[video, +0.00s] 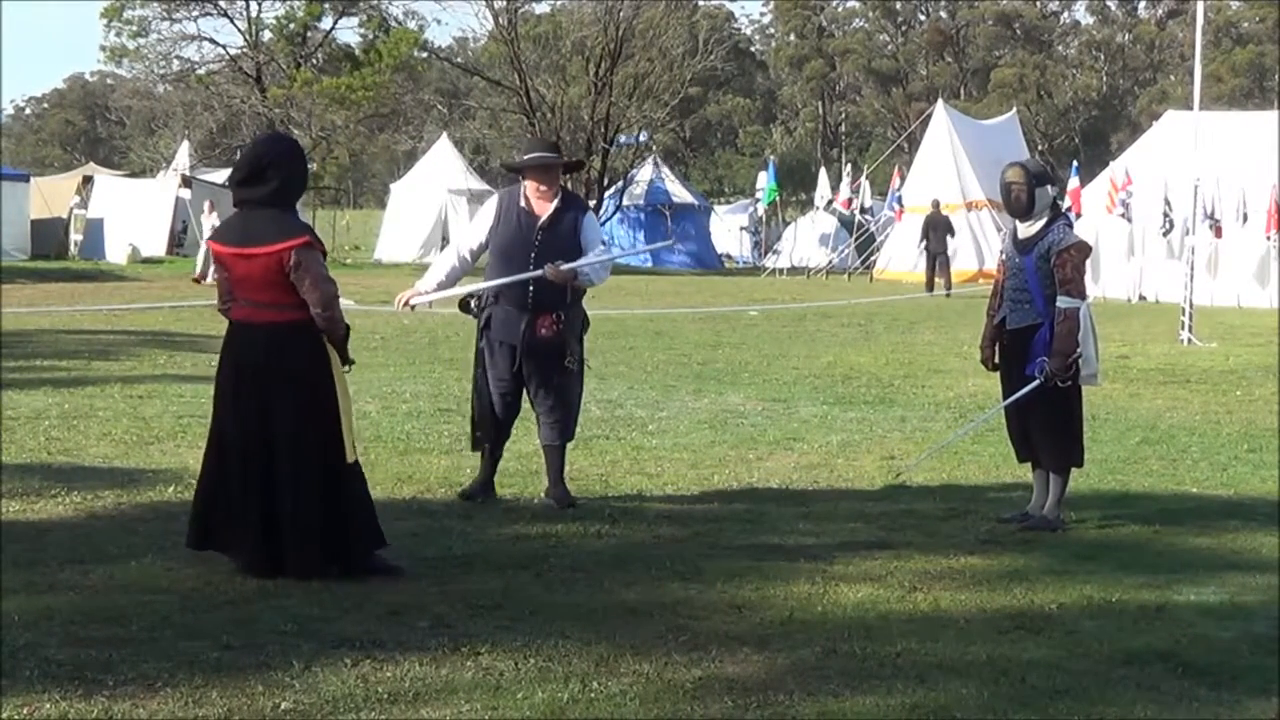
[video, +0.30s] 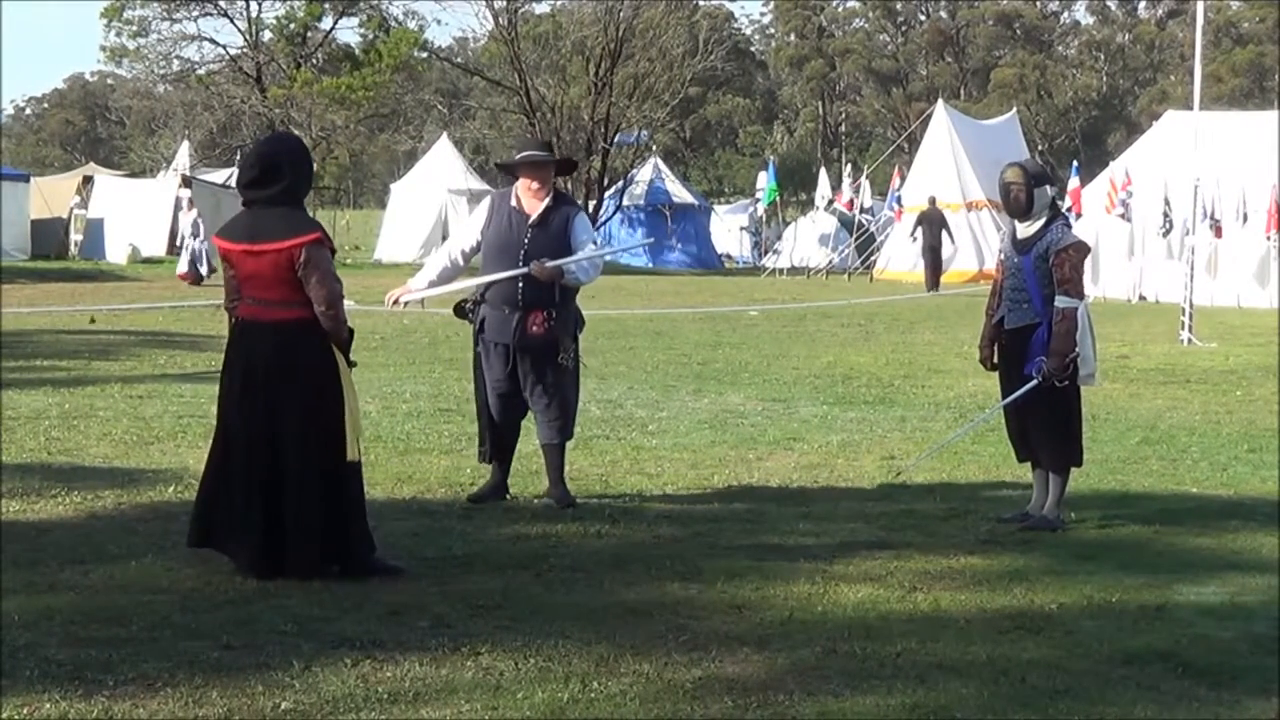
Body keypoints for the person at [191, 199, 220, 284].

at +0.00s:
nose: (207, 208)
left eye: (209, 206)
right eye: (206, 206)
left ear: (212, 207)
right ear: (203, 207)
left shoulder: (214, 215)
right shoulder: (202, 217)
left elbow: (218, 225)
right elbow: (204, 229)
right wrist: (203, 239)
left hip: (213, 239)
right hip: (204, 239)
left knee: (212, 258)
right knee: (201, 257)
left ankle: (210, 276)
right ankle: (198, 274)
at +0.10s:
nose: (200, 209)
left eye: (201, 207)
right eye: (198, 206)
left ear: (205, 208)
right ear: (197, 207)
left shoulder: (208, 216)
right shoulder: (196, 217)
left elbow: (213, 228)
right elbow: (198, 230)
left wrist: (207, 236)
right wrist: (198, 239)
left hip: (206, 241)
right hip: (199, 241)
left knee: (208, 259)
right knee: (196, 258)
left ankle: (208, 277)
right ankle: (193, 275)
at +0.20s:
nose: (191, 207)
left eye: (192, 204)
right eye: (189, 204)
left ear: (196, 205)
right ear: (188, 205)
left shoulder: (199, 215)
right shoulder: (187, 216)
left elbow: (205, 228)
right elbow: (187, 229)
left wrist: (201, 239)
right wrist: (187, 240)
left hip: (200, 241)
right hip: (191, 241)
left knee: (204, 259)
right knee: (191, 258)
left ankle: (207, 277)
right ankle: (192, 276)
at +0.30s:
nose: (185, 206)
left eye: (187, 204)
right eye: (184, 203)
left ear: (191, 204)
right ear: (182, 204)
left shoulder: (195, 212)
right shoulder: (181, 214)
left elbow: (201, 224)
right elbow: (180, 228)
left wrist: (202, 237)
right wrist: (178, 240)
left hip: (195, 239)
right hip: (186, 239)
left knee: (196, 256)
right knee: (186, 256)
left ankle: (202, 272)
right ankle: (188, 273)